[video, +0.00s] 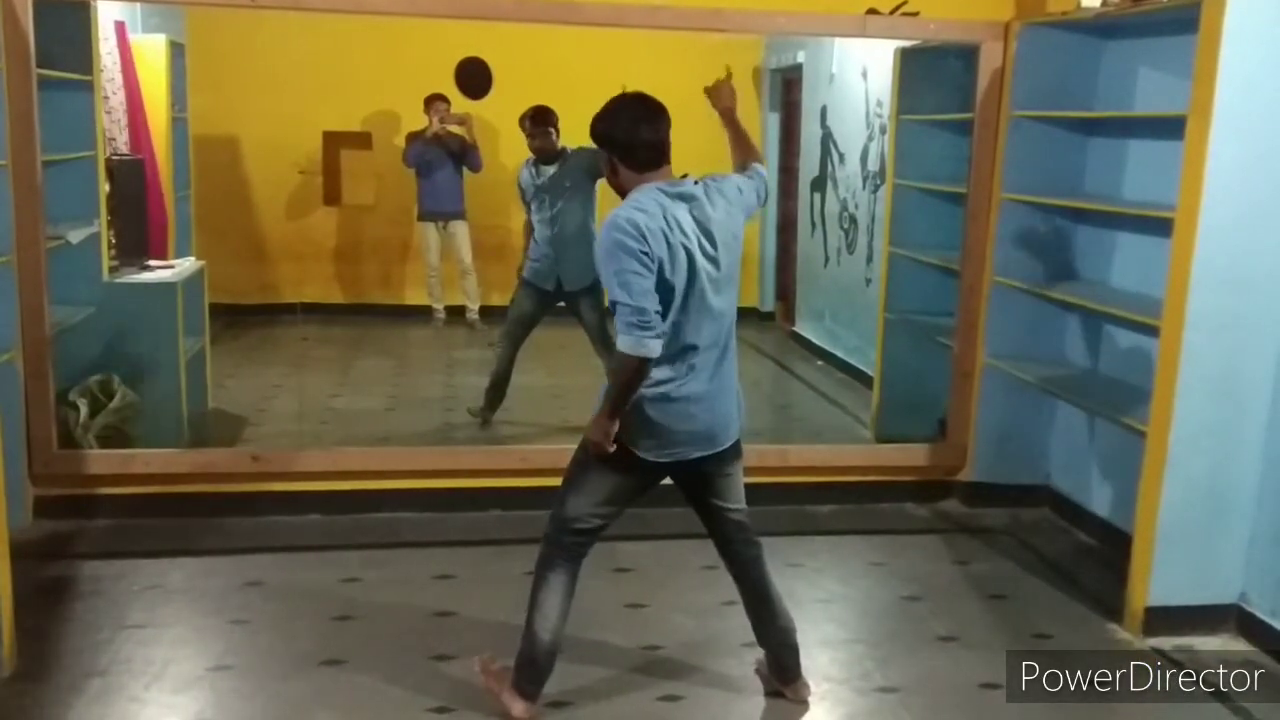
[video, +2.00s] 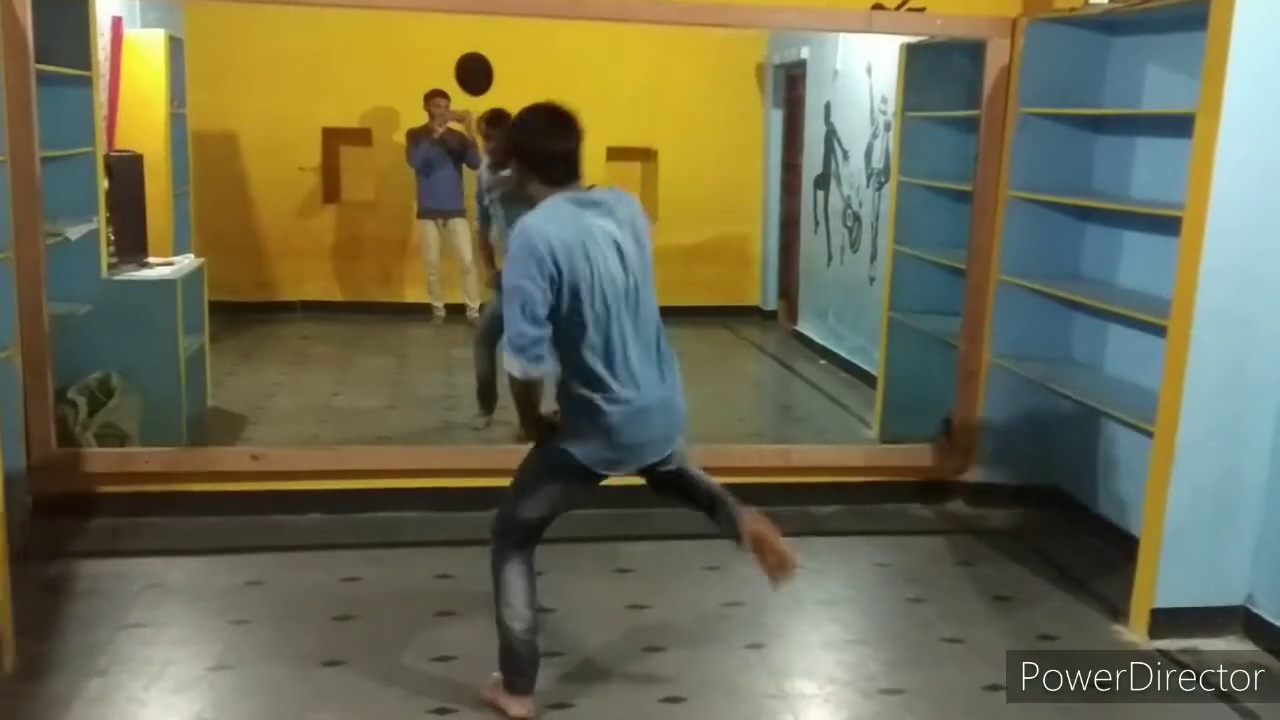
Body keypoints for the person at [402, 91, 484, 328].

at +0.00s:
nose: (440, 115)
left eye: (444, 111)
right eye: (435, 110)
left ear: (450, 113)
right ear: (427, 113)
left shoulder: (456, 140)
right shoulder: (416, 138)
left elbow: (476, 165)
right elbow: (410, 161)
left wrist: (470, 133)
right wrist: (429, 134)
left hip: (456, 213)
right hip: (428, 214)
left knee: (466, 264)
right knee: (433, 267)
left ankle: (473, 313)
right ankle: (438, 311)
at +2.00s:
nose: (440, 111)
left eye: (444, 106)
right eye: (435, 106)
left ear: (449, 109)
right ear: (427, 108)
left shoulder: (456, 136)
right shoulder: (416, 134)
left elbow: (474, 162)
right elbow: (415, 161)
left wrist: (470, 133)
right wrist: (434, 135)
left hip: (455, 210)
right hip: (428, 210)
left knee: (467, 262)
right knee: (432, 264)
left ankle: (473, 309)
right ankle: (437, 308)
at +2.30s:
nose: (440, 111)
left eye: (444, 107)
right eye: (436, 106)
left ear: (450, 110)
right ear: (427, 109)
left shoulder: (457, 136)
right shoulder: (417, 135)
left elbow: (475, 163)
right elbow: (416, 162)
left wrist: (468, 134)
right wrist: (435, 136)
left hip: (455, 209)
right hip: (429, 210)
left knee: (466, 261)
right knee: (432, 263)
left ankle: (473, 309)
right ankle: (438, 308)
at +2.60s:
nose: (440, 111)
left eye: (445, 106)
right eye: (436, 106)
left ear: (450, 110)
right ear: (427, 108)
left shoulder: (457, 136)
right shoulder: (417, 135)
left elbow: (476, 163)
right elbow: (415, 161)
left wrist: (470, 132)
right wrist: (436, 134)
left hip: (456, 210)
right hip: (429, 211)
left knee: (467, 263)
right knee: (433, 264)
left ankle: (474, 310)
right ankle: (438, 309)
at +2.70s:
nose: (441, 110)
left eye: (445, 106)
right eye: (436, 106)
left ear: (450, 109)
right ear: (427, 108)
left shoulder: (457, 136)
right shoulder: (417, 134)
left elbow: (476, 163)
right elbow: (416, 161)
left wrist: (470, 132)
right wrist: (435, 135)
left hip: (456, 209)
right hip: (429, 210)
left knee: (467, 263)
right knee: (433, 264)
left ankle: (474, 310)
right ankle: (438, 308)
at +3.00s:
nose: (440, 110)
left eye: (444, 106)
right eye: (436, 106)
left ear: (450, 109)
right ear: (427, 108)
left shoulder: (457, 135)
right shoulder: (417, 134)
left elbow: (476, 162)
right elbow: (415, 161)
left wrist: (470, 130)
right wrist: (435, 134)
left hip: (456, 209)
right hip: (429, 210)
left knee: (468, 262)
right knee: (433, 263)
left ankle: (474, 310)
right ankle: (438, 308)